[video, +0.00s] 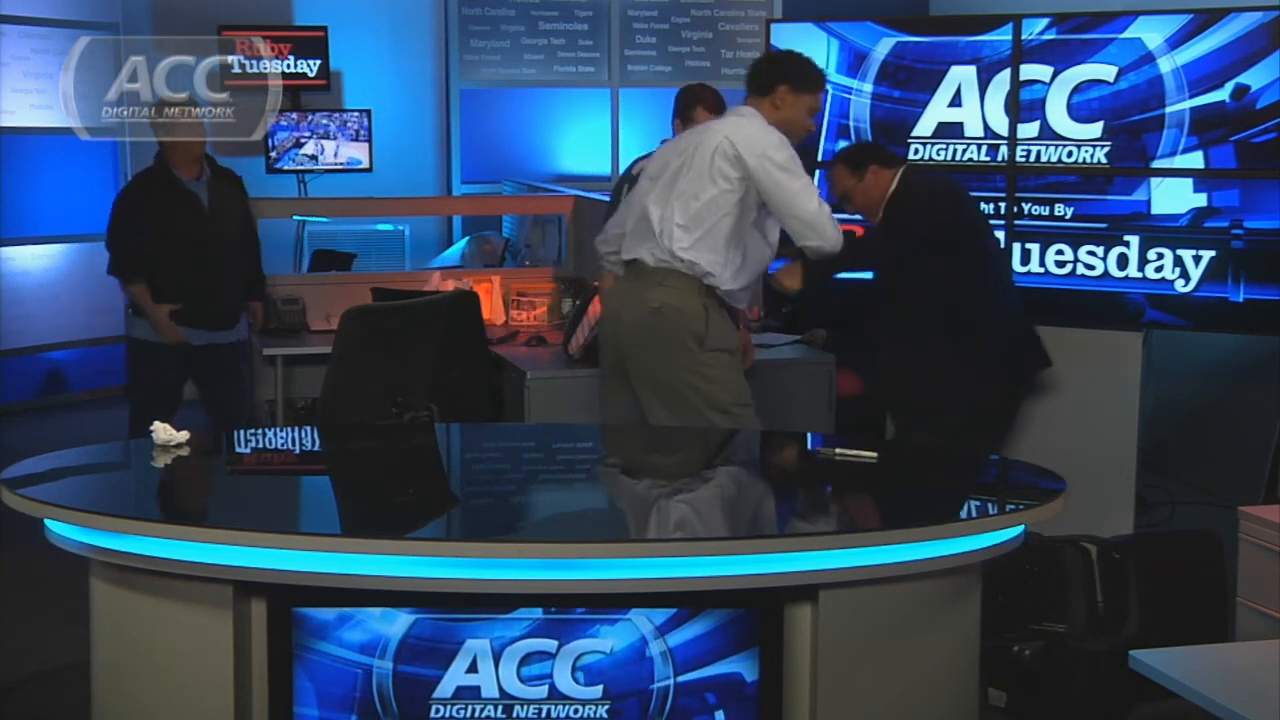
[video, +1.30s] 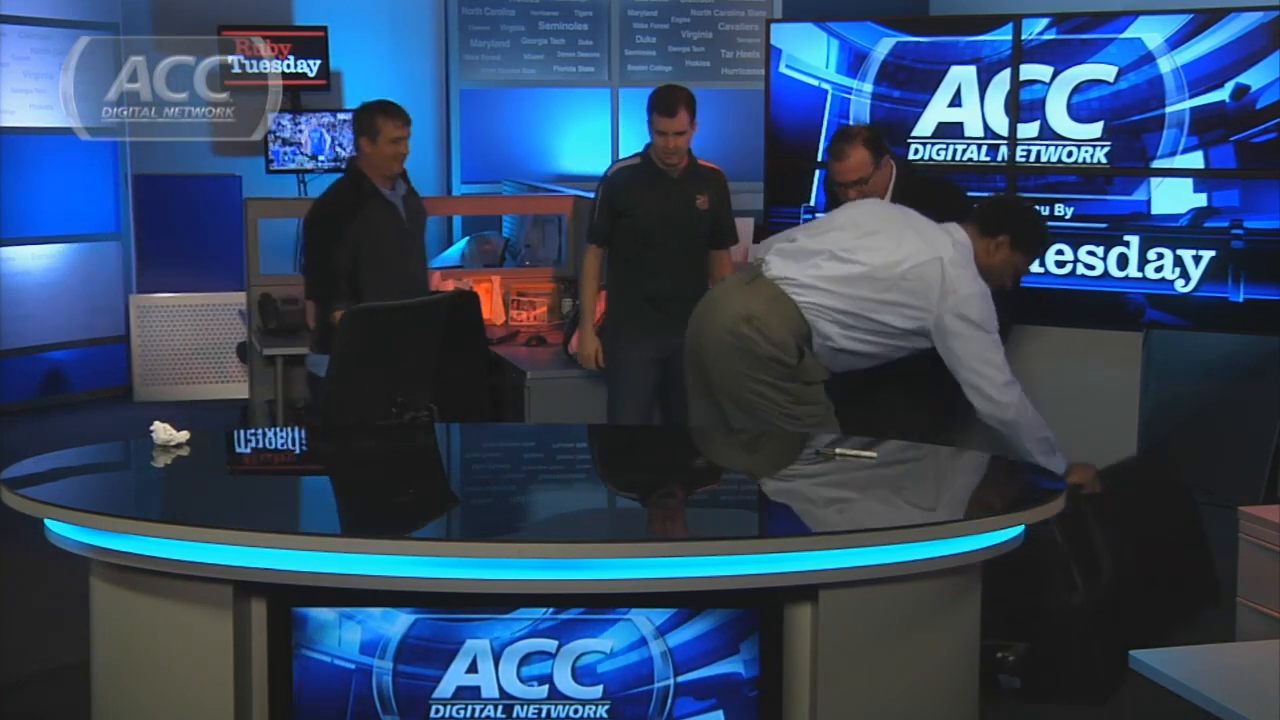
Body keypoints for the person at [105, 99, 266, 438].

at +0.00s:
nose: (197, 132)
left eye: (198, 122)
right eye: (186, 125)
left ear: (206, 129)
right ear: (164, 134)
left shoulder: (229, 184)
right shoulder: (138, 194)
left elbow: (249, 247)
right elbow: (126, 266)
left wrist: (255, 295)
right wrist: (151, 311)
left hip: (225, 333)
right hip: (160, 335)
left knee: (237, 430)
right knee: (150, 435)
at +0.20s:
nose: (229, 131)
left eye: (228, 122)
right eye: (218, 124)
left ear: (232, 128)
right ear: (194, 133)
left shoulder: (250, 186)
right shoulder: (166, 191)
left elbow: (259, 254)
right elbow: (158, 263)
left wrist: (264, 303)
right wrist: (200, 298)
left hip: (244, 342)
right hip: (184, 342)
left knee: (251, 439)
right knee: (166, 440)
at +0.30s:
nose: (244, 135)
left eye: (243, 127)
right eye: (233, 129)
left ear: (249, 133)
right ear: (209, 136)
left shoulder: (268, 192)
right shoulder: (186, 195)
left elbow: (272, 258)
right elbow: (176, 265)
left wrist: (281, 300)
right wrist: (222, 298)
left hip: (261, 345)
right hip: (201, 345)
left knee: (257, 446)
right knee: (192, 447)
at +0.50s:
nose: (281, 135)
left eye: (281, 126)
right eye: (271, 128)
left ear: (281, 130)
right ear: (245, 135)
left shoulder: (296, 188)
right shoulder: (212, 191)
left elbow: (311, 253)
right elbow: (207, 265)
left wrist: (325, 304)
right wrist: (251, 298)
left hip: (290, 340)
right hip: (234, 340)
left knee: (289, 439)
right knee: (244, 439)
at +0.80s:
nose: (320, 146)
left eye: (322, 137)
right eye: (310, 138)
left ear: (324, 138)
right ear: (281, 143)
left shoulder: (329, 197)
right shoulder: (253, 204)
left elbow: (345, 264)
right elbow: (241, 282)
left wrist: (363, 316)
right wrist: (283, 326)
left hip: (333, 355)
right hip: (278, 359)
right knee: (283, 463)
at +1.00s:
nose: (349, 144)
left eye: (350, 135)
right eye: (339, 136)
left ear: (352, 135)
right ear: (308, 141)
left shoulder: (355, 193)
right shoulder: (280, 203)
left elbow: (360, 267)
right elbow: (277, 289)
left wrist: (369, 325)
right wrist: (317, 335)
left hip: (354, 352)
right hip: (300, 361)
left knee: (357, 459)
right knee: (306, 460)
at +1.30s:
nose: (405, 151)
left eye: (406, 141)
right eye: (395, 142)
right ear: (365, 145)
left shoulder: (409, 199)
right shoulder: (332, 208)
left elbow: (415, 273)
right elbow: (325, 291)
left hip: (406, 343)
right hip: (354, 349)